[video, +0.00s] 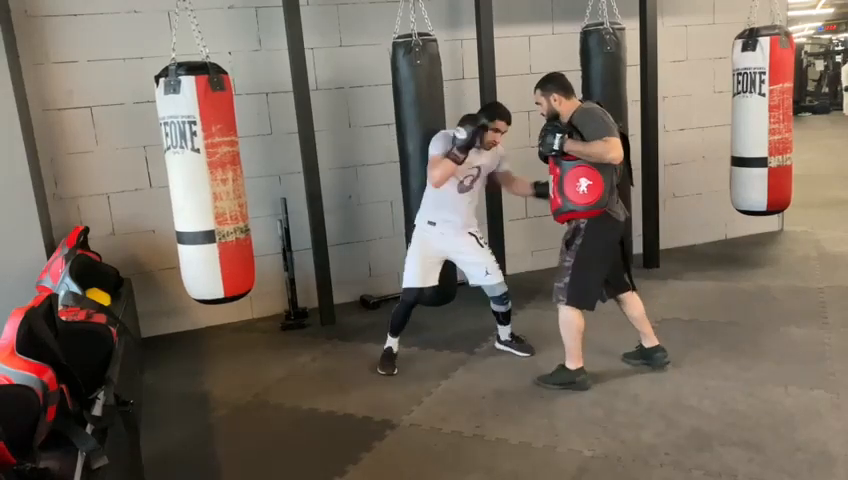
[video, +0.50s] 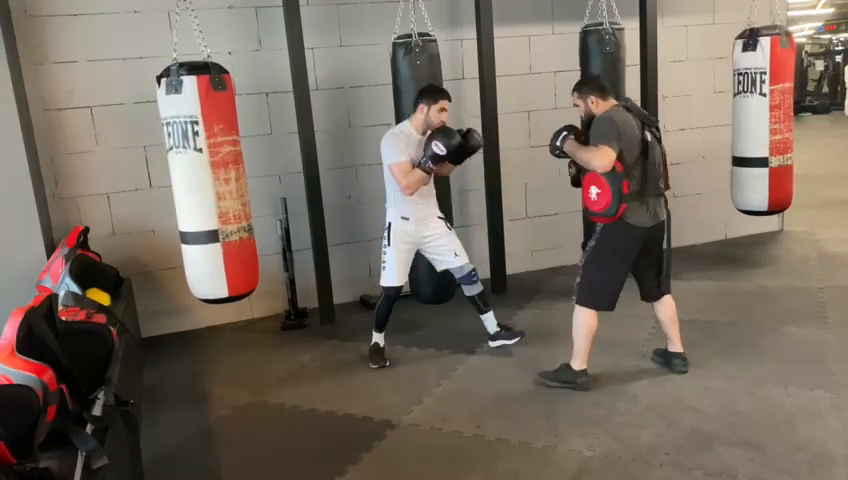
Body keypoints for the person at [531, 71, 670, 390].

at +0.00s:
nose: (540, 111)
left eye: (540, 103)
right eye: (538, 104)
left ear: (554, 98)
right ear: (560, 97)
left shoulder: (588, 114)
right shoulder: (576, 123)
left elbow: (614, 152)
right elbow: (582, 178)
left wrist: (566, 144)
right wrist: (537, 189)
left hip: (594, 220)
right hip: (605, 218)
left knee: (568, 293)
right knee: (619, 285)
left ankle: (573, 368)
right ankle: (652, 346)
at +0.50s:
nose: (580, 112)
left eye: (580, 106)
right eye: (577, 106)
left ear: (592, 100)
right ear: (605, 95)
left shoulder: (607, 120)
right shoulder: (635, 114)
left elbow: (601, 161)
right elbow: (633, 162)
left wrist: (569, 144)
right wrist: (586, 161)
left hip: (622, 223)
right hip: (654, 219)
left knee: (588, 294)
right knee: (658, 288)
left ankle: (577, 368)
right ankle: (676, 353)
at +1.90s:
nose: (589, 107)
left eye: (589, 100)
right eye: (587, 101)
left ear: (603, 94)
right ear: (617, 92)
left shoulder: (614, 119)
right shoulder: (652, 111)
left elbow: (615, 162)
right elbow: (680, 149)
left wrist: (584, 150)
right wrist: (643, 153)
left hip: (627, 223)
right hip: (660, 222)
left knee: (589, 287)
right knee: (666, 289)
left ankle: (574, 357)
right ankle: (683, 357)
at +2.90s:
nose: (546, 112)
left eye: (544, 106)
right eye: (544, 107)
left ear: (554, 101)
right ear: (573, 94)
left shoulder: (567, 123)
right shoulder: (609, 110)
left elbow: (567, 169)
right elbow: (641, 144)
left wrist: (543, 154)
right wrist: (608, 157)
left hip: (594, 222)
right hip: (628, 218)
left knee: (567, 288)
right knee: (641, 278)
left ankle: (573, 360)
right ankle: (673, 335)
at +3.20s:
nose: (577, 115)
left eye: (576, 108)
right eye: (574, 109)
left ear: (592, 104)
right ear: (601, 101)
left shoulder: (609, 127)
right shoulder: (634, 117)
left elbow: (613, 172)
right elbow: (637, 163)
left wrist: (577, 162)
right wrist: (591, 151)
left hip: (629, 226)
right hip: (656, 222)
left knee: (589, 288)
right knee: (668, 284)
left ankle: (574, 359)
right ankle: (698, 349)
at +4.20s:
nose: (626, 111)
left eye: (629, 104)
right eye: (625, 105)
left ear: (648, 102)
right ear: (653, 102)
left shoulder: (674, 127)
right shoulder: (675, 120)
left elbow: (676, 175)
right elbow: (667, 168)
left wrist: (631, 162)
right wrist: (636, 160)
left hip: (687, 227)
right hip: (704, 223)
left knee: (645, 294)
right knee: (704, 288)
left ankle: (652, 374)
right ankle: (737, 347)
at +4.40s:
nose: (631, 103)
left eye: (634, 96)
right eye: (630, 97)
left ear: (653, 93)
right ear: (658, 93)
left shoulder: (677, 117)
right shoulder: (678, 112)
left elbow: (674, 162)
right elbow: (667, 160)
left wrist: (632, 149)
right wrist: (634, 154)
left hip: (688, 221)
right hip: (703, 218)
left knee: (643, 290)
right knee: (707, 284)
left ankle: (639, 369)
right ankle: (736, 348)